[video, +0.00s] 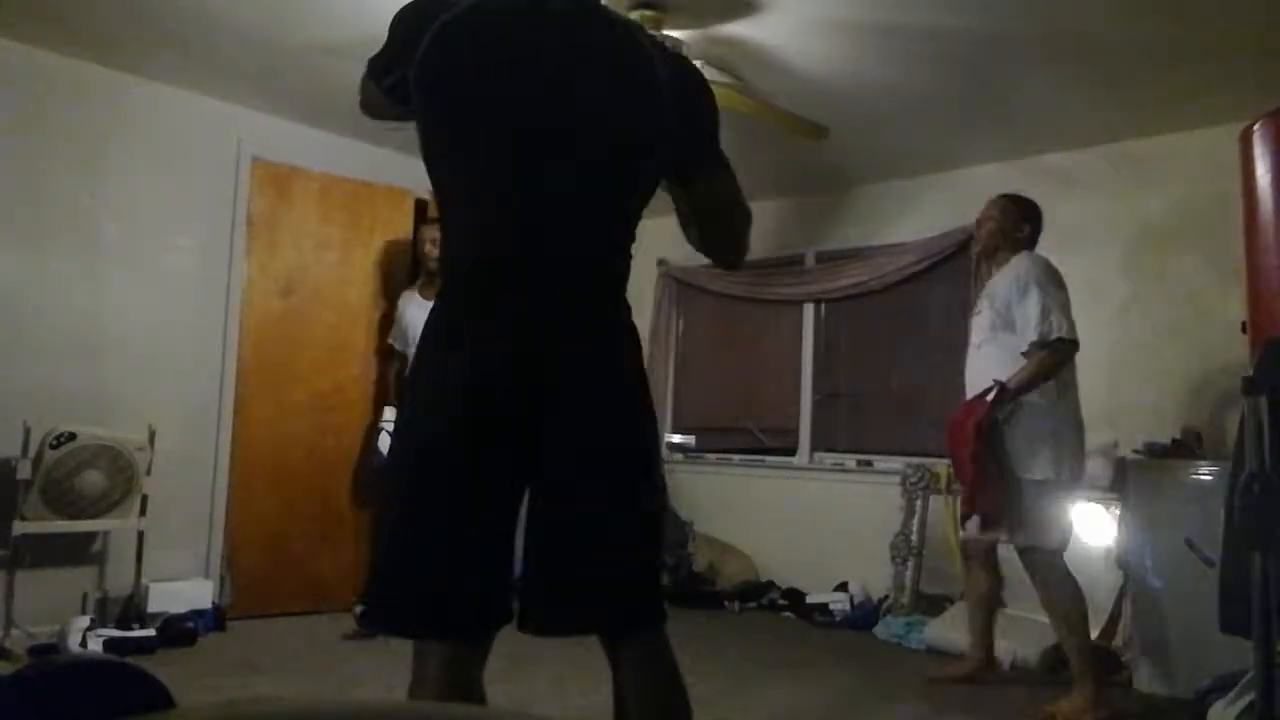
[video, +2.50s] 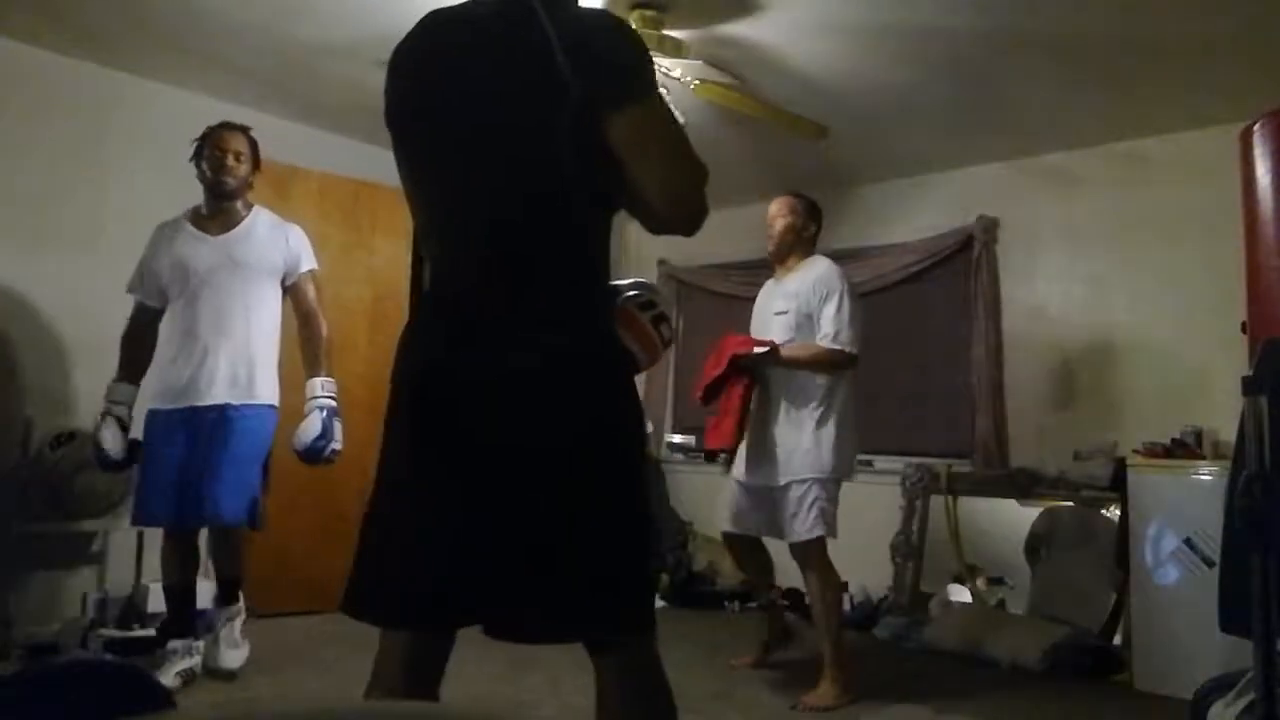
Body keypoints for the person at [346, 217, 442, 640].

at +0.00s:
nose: (432, 250)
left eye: (438, 244)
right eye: (427, 243)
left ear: (448, 250)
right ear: (417, 249)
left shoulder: (459, 299)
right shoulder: (408, 299)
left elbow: (464, 359)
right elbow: (396, 357)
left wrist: (460, 408)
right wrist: (388, 411)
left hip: (447, 414)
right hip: (409, 411)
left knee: (430, 506)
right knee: (391, 503)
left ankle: (424, 605)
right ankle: (376, 603)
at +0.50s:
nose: (384, 234)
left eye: (394, 228)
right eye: (379, 227)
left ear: (413, 236)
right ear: (373, 233)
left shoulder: (432, 284)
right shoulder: (366, 287)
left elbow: (450, 357)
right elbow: (358, 355)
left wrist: (439, 420)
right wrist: (331, 404)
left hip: (406, 416)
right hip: (364, 413)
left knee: (397, 513)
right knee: (379, 512)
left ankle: (382, 604)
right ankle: (397, 598)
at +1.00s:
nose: (316, 221)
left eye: (327, 214)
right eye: (311, 214)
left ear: (348, 223)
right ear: (306, 223)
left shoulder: (374, 272)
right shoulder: (303, 284)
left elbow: (395, 344)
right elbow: (301, 358)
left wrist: (375, 407)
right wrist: (280, 417)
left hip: (347, 414)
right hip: (300, 415)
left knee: (340, 514)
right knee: (294, 514)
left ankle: (368, 604)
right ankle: (295, 610)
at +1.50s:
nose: (283, 206)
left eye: (294, 200)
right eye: (276, 199)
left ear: (310, 212)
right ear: (264, 209)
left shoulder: (336, 268)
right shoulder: (245, 271)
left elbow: (364, 338)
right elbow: (226, 344)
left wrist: (370, 409)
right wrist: (201, 403)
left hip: (306, 407)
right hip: (253, 407)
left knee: (280, 513)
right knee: (268, 512)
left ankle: (247, 625)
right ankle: (292, 607)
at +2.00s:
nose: (264, 184)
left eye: (275, 179)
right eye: (256, 176)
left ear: (292, 193)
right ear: (240, 185)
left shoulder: (312, 251)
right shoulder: (213, 249)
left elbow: (332, 330)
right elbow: (195, 328)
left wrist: (316, 399)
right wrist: (170, 395)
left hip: (278, 408)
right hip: (212, 405)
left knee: (265, 522)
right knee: (200, 510)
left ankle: (242, 628)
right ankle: (209, 612)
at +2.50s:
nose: (225, 164)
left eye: (237, 157)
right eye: (215, 155)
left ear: (254, 172)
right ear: (198, 166)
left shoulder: (282, 238)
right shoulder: (170, 236)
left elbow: (311, 321)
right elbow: (142, 324)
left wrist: (322, 402)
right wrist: (117, 404)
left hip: (245, 401)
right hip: (173, 402)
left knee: (226, 518)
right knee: (177, 525)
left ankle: (229, 615)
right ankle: (181, 642)